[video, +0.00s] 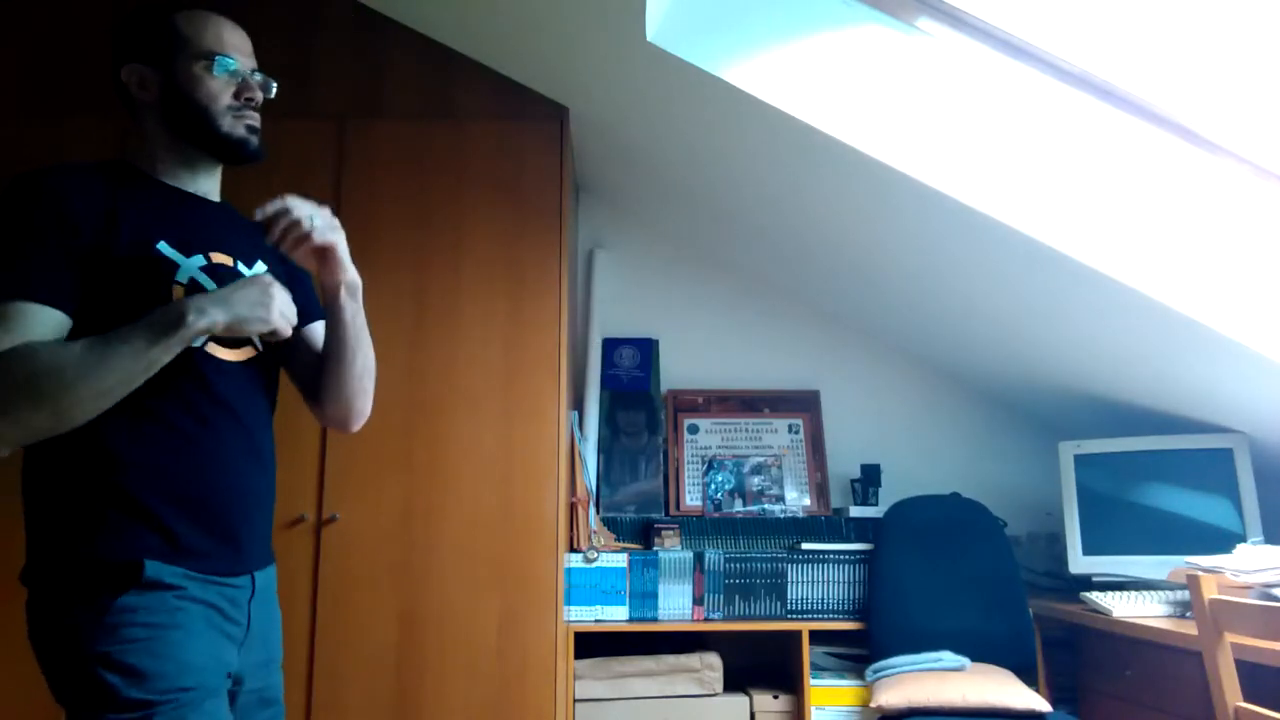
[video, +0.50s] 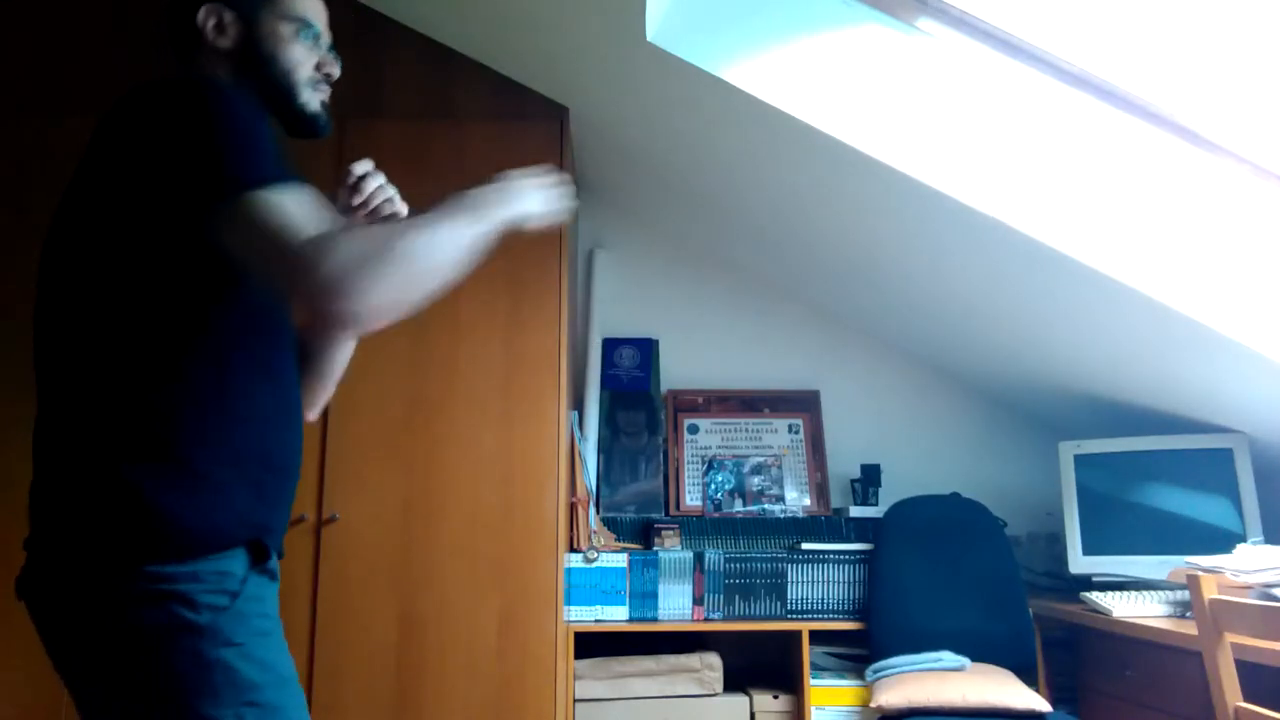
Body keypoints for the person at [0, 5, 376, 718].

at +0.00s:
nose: (255, 88)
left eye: (257, 75)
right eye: (226, 68)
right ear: (147, 83)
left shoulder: (259, 239)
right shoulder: (71, 206)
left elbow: (345, 408)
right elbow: (12, 402)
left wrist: (341, 282)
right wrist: (196, 314)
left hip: (252, 592)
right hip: (134, 594)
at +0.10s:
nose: (272, 91)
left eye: (271, 78)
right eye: (238, 69)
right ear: (157, 85)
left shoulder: (255, 246)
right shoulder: (77, 205)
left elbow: (342, 415)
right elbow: (18, 414)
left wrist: (343, 283)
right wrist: (215, 303)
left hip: (253, 602)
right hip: (142, 606)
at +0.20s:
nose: (285, 97)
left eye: (284, 84)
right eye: (253, 73)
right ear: (172, 86)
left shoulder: (251, 250)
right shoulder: (97, 200)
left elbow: (332, 424)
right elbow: (44, 415)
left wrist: (350, 294)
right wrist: (243, 296)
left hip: (249, 606)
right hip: (145, 610)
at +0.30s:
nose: (299, 91)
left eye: (297, 77)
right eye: (267, 66)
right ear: (186, 75)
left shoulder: (243, 239)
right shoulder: (116, 183)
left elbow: (322, 422)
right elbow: (101, 394)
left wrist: (354, 289)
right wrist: (301, 271)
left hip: (233, 595)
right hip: (153, 597)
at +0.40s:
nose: (315, 77)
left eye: (313, 61)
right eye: (285, 51)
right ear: (201, 54)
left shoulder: (224, 201)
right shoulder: (149, 160)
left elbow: (316, 408)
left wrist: (354, 260)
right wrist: (370, 243)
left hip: (213, 587)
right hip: (164, 589)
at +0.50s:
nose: (330, 60)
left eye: (328, 42)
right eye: (302, 30)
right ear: (219, 27)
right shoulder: (194, 115)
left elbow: (303, 396)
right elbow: (335, 282)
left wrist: (355, 249)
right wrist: (500, 202)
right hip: (176, 575)